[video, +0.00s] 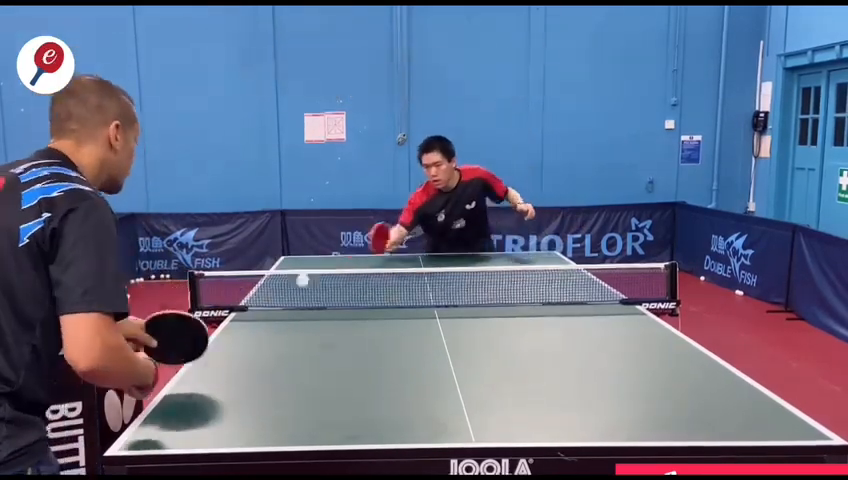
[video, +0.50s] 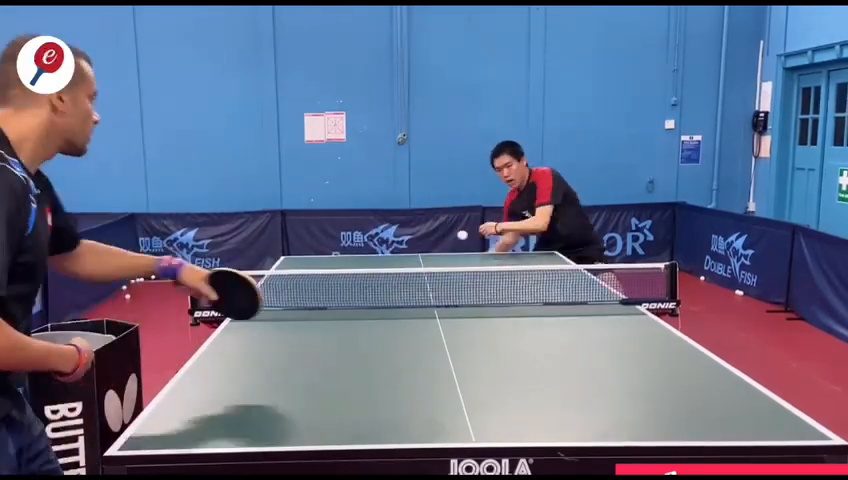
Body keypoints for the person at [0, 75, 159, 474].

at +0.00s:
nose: (133, 158)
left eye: (136, 145)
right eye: (134, 143)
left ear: (60, 130)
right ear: (114, 135)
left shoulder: (10, 179)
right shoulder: (81, 205)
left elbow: (22, 310)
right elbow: (89, 353)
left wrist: (108, 327)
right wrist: (144, 373)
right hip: (14, 440)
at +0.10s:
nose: (150, 179)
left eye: (154, 165)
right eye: (151, 162)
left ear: (79, 143)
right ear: (126, 150)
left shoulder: (16, 189)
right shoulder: (76, 209)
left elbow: (36, 317)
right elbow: (61, 354)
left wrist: (138, 333)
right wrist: (120, 378)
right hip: (11, 438)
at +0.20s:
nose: (158, 182)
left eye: (160, 167)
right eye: (157, 164)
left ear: (127, 153)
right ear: (128, 152)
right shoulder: (59, 209)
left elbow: (116, 302)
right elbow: (25, 346)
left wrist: (218, 319)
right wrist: (96, 378)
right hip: (11, 441)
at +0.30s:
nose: (150, 166)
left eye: (153, 151)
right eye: (149, 148)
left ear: (119, 139)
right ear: (116, 138)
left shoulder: (77, 209)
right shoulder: (29, 197)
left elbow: (164, 267)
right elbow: (5, 335)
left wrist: (253, 291)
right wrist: (81, 369)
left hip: (17, 405)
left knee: (57, 471)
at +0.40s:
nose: (130, 138)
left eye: (130, 123)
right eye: (126, 121)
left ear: (90, 115)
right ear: (91, 114)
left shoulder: (66, 194)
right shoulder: (15, 186)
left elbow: (138, 250)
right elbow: (3, 332)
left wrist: (232, 269)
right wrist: (72, 360)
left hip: (17, 400)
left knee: (55, 472)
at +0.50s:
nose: (96, 116)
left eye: (94, 101)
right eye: (90, 99)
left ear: (56, 100)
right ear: (56, 99)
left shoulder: (30, 178)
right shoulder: (7, 184)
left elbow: (71, 255)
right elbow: (3, 336)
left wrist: (174, 268)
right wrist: (59, 356)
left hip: (14, 408)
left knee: (45, 469)